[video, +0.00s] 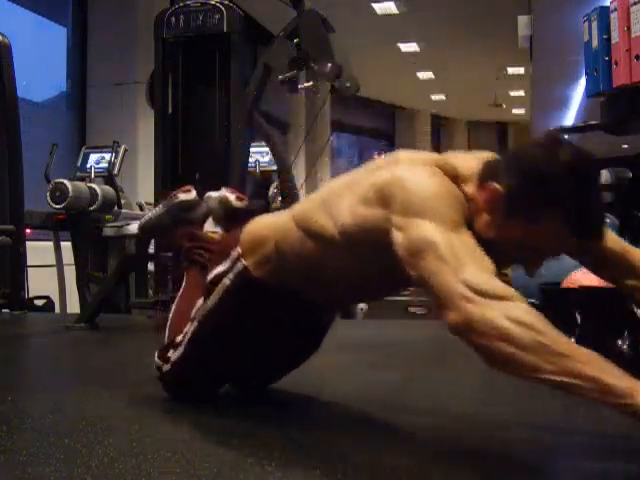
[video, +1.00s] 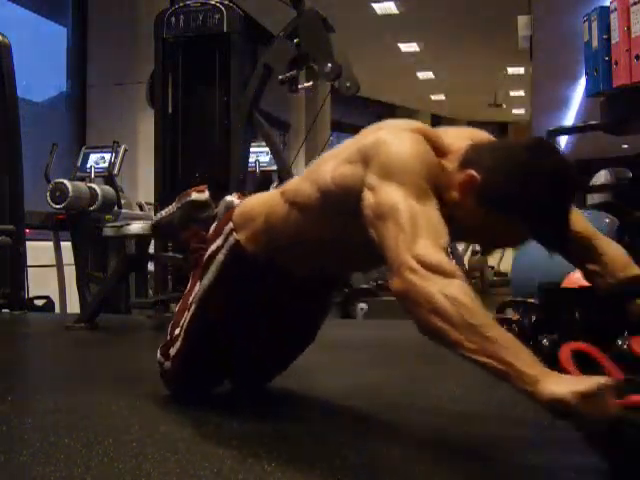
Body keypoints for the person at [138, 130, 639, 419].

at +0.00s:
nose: (527, 264)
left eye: (543, 255)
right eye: (529, 249)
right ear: (494, 204)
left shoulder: (520, 184)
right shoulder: (418, 190)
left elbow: (622, 264)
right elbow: (483, 316)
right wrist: (628, 391)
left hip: (317, 302)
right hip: (261, 282)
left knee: (244, 382)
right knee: (179, 377)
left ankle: (233, 248)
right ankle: (200, 259)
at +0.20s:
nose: (555, 302)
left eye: (583, 309)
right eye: (564, 296)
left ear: (545, 249)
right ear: (541, 259)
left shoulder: (540, 217)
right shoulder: (469, 239)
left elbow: (569, 325)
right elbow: (540, 353)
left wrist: (633, 375)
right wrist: (639, 393)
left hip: (330, 316)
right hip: (283, 303)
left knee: (249, 376)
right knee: (185, 372)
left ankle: (254, 246)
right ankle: (226, 250)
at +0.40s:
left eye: (598, 336)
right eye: (587, 327)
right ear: (562, 293)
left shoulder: (563, 244)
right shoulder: (485, 261)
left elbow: (606, 345)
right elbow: (567, 370)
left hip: (331, 320)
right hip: (290, 318)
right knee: (185, 372)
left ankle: (270, 252)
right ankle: (234, 253)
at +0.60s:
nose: (553, 303)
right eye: (562, 299)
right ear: (554, 278)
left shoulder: (546, 231)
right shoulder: (479, 248)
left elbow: (568, 334)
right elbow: (544, 360)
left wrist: (634, 381)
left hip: (330, 324)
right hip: (286, 307)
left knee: (242, 377)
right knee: (187, 372)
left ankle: (272, 248)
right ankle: (234, 248)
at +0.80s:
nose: (514, 283)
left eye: (533, 283)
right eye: (528, 275)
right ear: (514, 233)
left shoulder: (526, 190)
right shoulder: (444, 199)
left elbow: (611, 238)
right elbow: (494, 321)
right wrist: (632, 393)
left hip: (327, 302)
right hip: (275, 285)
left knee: (255, 378)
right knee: (183, 373)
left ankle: (257, 246)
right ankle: (227, 249)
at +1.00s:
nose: (483, 247)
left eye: (498, 243)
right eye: (488, 236)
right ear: (467, 191)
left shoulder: (496, 164)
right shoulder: (398, 152)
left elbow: (591, 247)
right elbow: (422, 282)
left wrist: (637, 293)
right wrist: (540, 380)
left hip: (315, 279)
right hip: (252, 255)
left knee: (247, 381)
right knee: (181, 377)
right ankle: (209, 240)